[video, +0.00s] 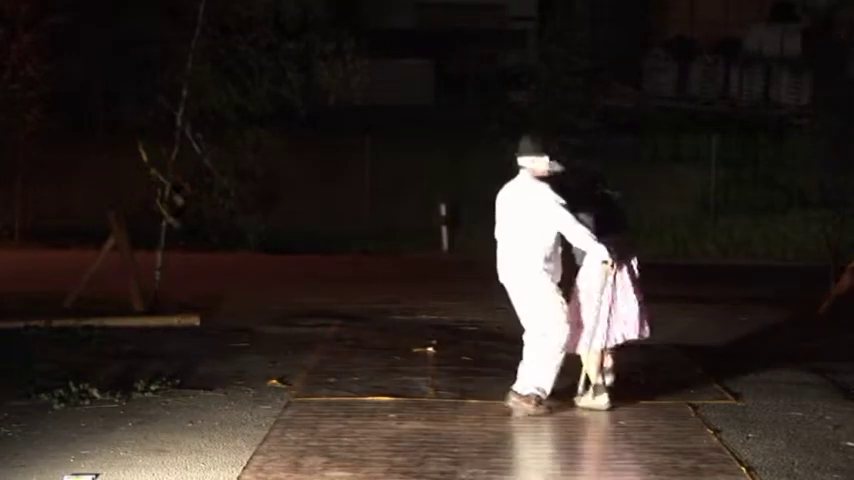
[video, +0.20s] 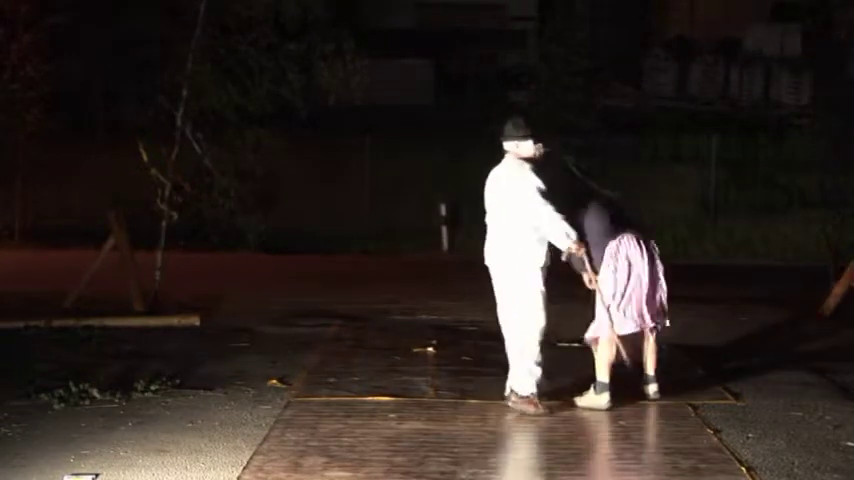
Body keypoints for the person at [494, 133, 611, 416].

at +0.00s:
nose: (550, 165)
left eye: (548, 160)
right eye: (547, 160)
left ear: (521, 162)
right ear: (538, 163)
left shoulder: (505, 192)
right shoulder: (543, 195)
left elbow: (500, 233)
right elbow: (570, 227)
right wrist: (601, 252)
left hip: (509, 272)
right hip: (535, 273)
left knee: (535, 328)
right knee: (557, 326)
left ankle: (522, 388)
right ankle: (533, 391)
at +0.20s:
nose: (536, 145)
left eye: (534, 139)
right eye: (530, 141)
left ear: (509, 145)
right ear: (515, 145)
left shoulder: (497, 175)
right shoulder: (522, 178)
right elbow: (542, 214)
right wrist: (571, 242)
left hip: (501, 260)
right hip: (521, 263)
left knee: (514, 320)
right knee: (530, 320)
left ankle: (517, 384)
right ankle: (524, 389)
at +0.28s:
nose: (530, 146)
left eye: (528, 140)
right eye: (524, 141)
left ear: (505, 144)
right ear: (508, 144)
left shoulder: (498, 173)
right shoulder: (507, 176)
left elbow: (518, 216)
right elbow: (526, 214)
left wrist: (546, 240)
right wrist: (555, 238)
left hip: (505, 263)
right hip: (510, 265)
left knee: (510, 321)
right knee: (521, 321)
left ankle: (494, 380)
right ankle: (520, 387)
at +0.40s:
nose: (516, 155)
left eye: (515, 149)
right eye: (510, 150)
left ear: (497, 151)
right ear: (493, 152)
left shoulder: (502, 181)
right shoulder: (485, 184)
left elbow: (506, 226)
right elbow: (496, 226)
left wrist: (528, 246)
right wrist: (527, 243)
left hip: (509, 268)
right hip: (496, 269)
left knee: (499, 325)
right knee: (522, 322)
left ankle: (469, 388)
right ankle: (518, 390)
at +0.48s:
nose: (504, 165)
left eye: (506, 158)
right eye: (497, 158)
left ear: (510, 160)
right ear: (481, 159)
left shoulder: (499, 192)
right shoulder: (471, 193)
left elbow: (507, 232)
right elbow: (476, 235)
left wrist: (527, 251)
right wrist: (510, 248)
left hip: (502, 275)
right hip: (485, 277)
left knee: (489, 330)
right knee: (521, 324)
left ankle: (467, 390)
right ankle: (520, 391)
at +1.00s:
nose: (449, 169)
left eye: (455, 163)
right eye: (443, 163)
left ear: (463, 163)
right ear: (433, 162)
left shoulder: (480, 190)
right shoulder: (415, 190)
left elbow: (513, 207)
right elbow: (372, 206)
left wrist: (520, 242)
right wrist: (385, 238)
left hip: (465, 277)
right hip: (426, 276)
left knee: (462, 336)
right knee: (416, 331)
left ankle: (458, 396)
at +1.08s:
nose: (447, 177)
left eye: (452, 171)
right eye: (440, 171)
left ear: (458, 172)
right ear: (427, 169)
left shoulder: (468, 202)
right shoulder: (407, 199)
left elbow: (501, 222)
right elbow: (368, 219)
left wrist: (509, 258)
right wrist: (373, 250)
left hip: (457, 289)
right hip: (415, 288)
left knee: (461, 345)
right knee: (401, 342)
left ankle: (460, 396)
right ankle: (371, 400)